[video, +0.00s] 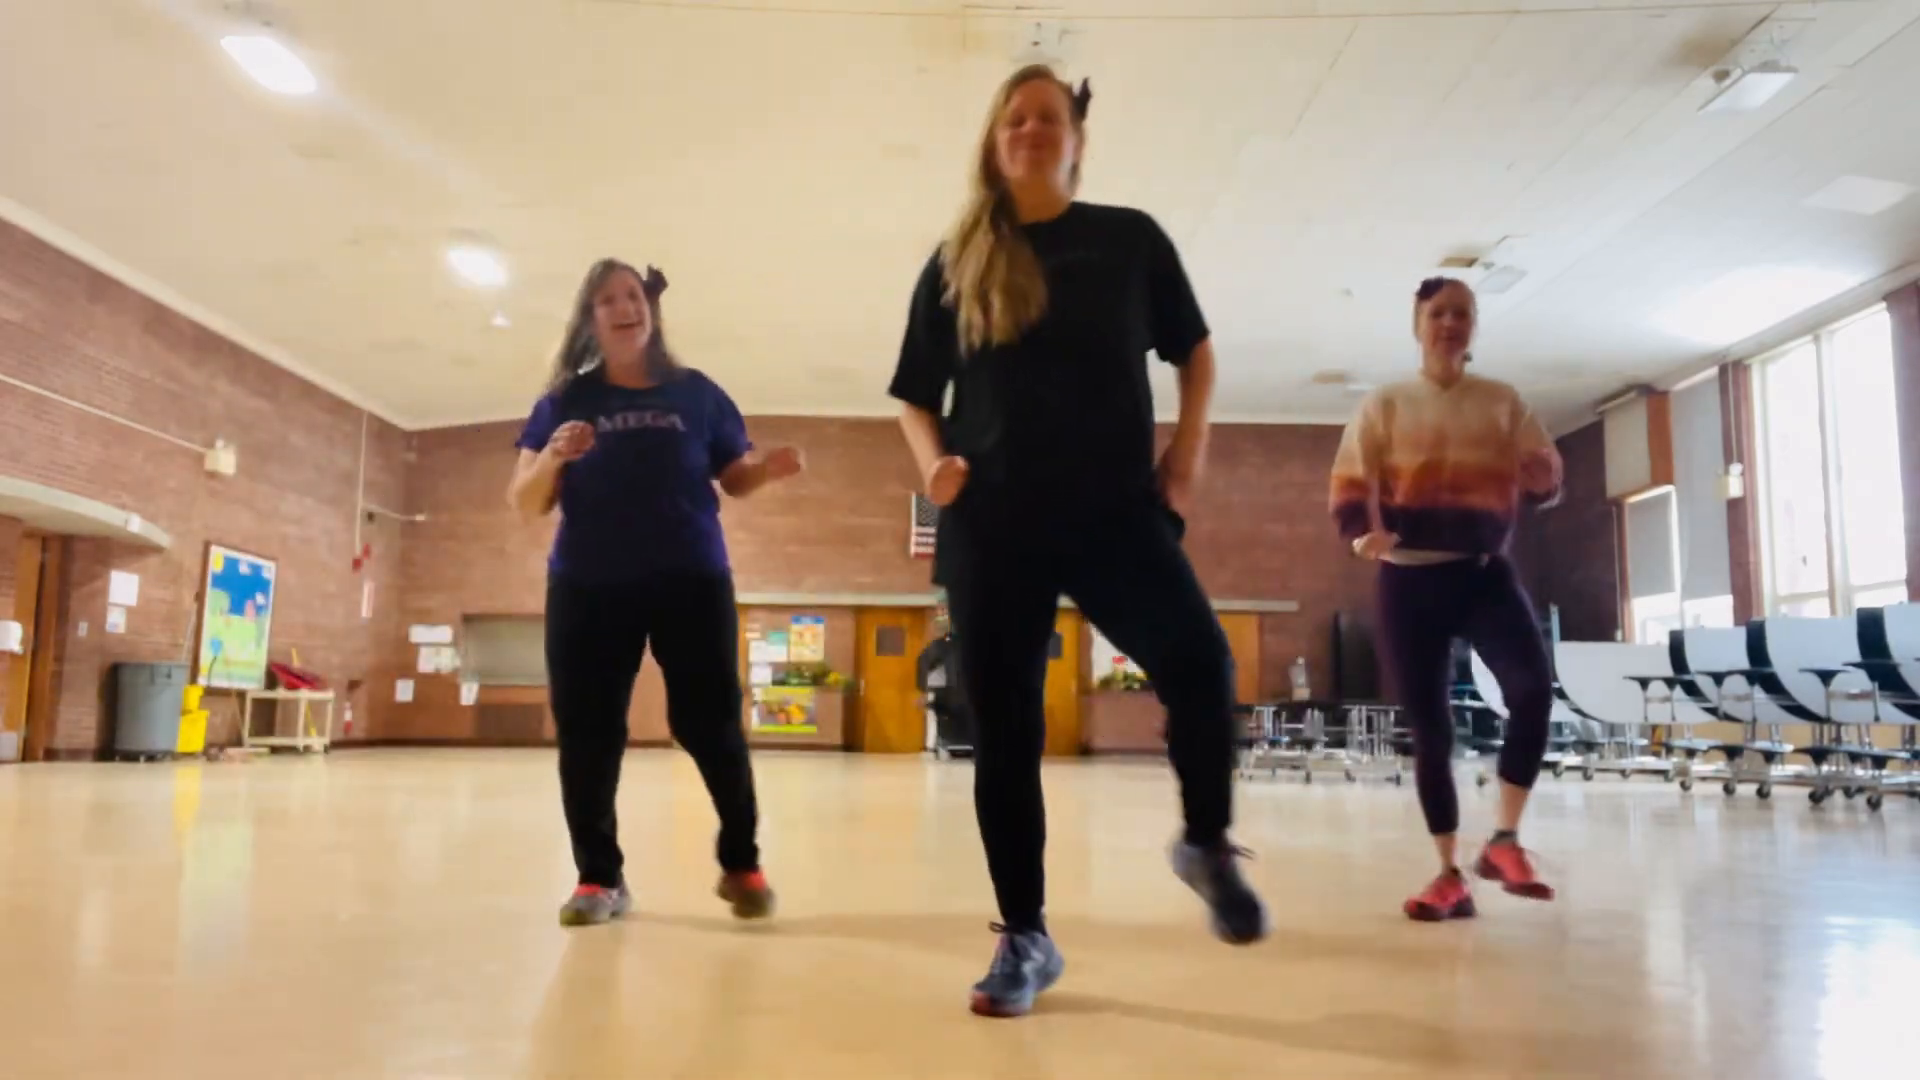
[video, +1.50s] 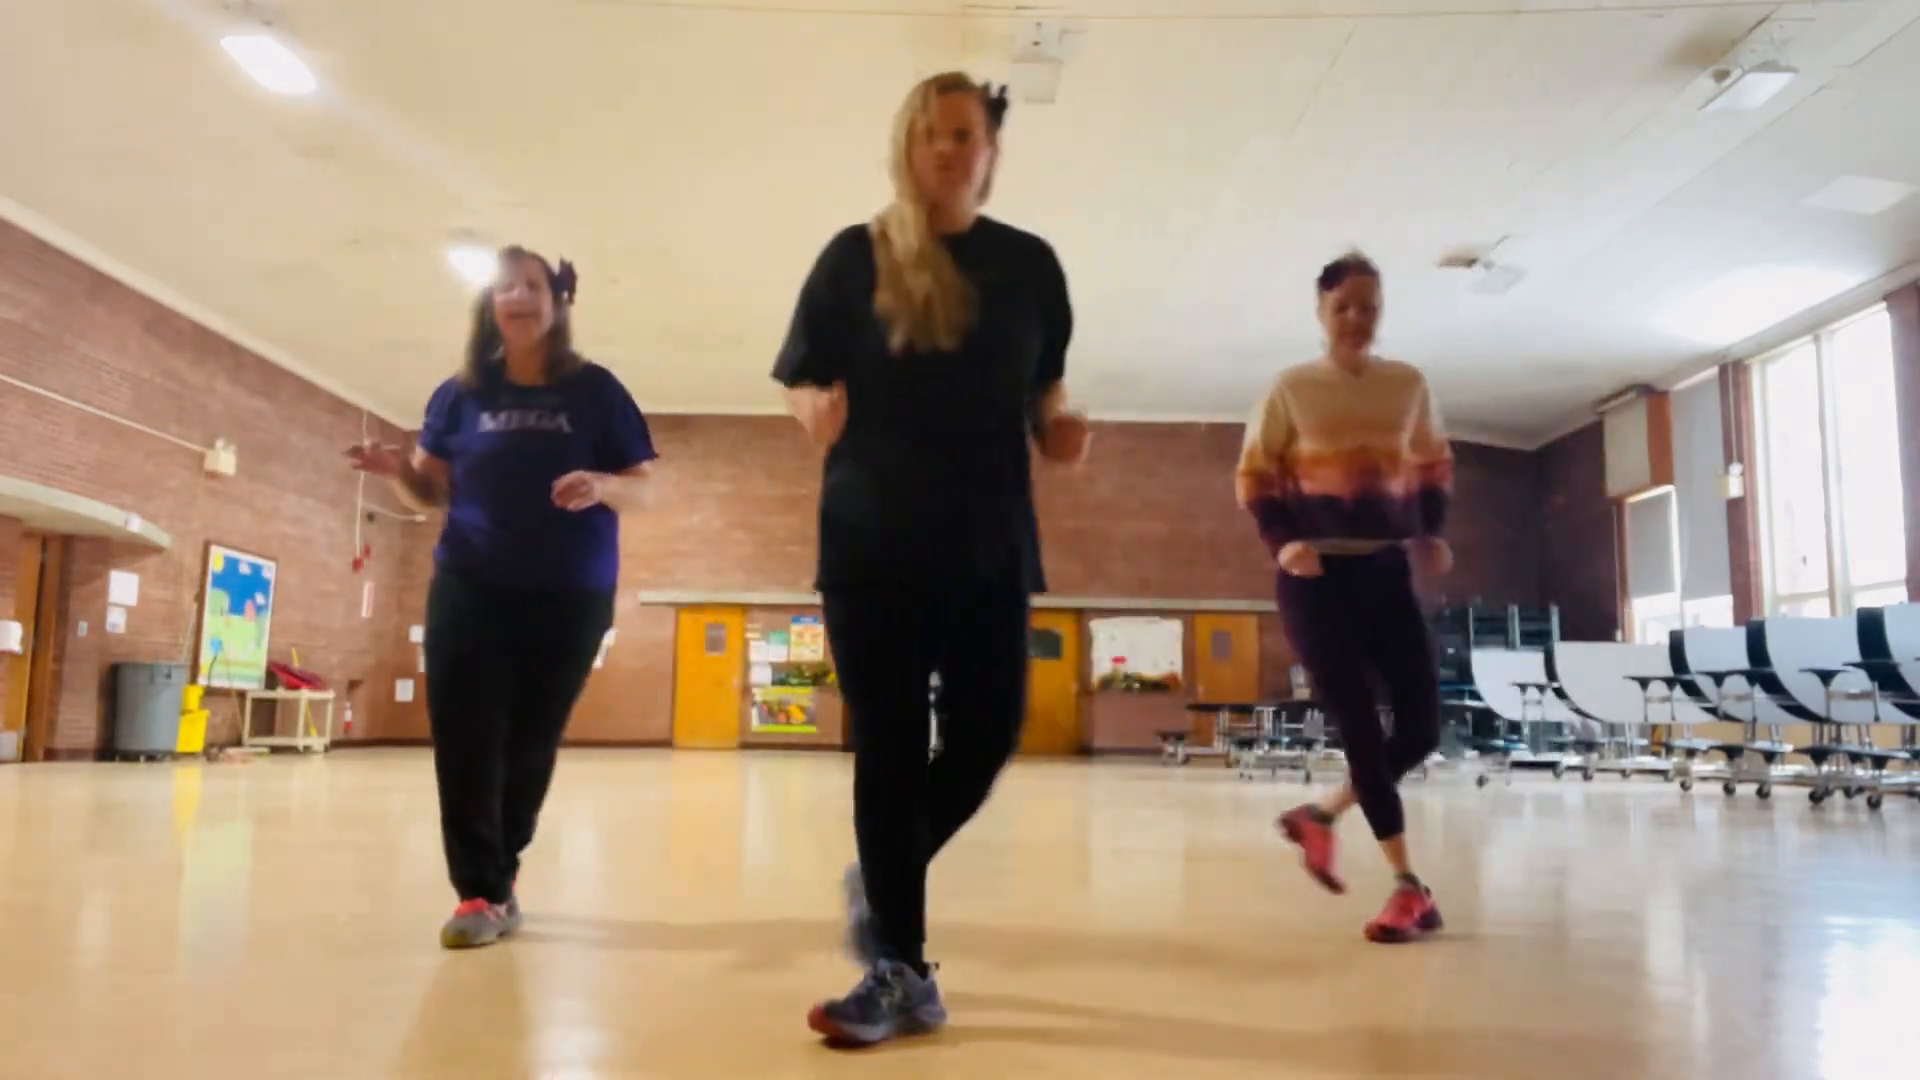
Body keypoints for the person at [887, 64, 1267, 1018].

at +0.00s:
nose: (1031, 130)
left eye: (1048, 118)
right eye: (1017, 118)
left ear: (1077, 137)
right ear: (992, 142)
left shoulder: (1132, 238)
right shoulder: (959, 262)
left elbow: (1195, 349)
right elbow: (913, 390)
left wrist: (1184, 457)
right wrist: (931, 459)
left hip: (1111, 512)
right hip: (995, 521)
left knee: (1201, 663)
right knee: (1004, 734)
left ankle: (1207, 845)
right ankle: (1024, 936)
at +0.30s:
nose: (1136, 176)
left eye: (1153, 163)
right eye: (1121, 165)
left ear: (1185, 182)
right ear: (1099, 189)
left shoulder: (1240, 286)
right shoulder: (1074, 307)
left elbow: (1328, 389)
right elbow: (992, 426)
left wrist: (1293, 378)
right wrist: (1030, 371)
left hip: (1230, 564)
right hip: (1108, 567)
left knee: (1260, 766)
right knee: (1051, 763)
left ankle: (1290, 954)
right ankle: (1033, 946)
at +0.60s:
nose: (1193, 148)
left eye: (1209, 134)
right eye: (1176, 135)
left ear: (1237, 153)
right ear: (1147, 156)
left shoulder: (1275, 250)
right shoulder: (1116, 262)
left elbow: (1295, 339)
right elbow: (1094, 364)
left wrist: (1214, 240)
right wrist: (1178, 277)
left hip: (1272, 526)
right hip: (1159, 533)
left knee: (1278, 725)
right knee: (1194, 737)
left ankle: (1304, 943)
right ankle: (1236, 920)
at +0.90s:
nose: (1163, 138)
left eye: (1180, 123)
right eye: (1147, 123)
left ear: (1209, 136)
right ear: (1121, 138)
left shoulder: (1254, 237)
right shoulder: (1090, 254)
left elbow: (1319, 367)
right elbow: (1032, 376)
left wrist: (1389, 462)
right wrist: (1074, 287)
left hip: (1258, 510)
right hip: (1143, 514)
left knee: (1275, 721)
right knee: (1064, 640)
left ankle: (1307, 948)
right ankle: (1175, 801)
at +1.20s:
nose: (1098, 154)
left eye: (1114, 139)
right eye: (1082, 137)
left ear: (1136, 154)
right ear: (1049, 149)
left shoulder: (1163, 276)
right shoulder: (996, 264)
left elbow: (1182, 415)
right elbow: (951, 414)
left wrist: (1251, 368)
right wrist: (937, 536)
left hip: (1142, 550)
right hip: (1017, 552)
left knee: (1210, 746)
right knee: (968, 758)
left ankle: (1291, 953)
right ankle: (915, 965)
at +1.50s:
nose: (956, 151)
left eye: (971, 137)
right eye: (940, 136)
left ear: (994, 152)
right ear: (907, 149)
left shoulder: (1028, 263)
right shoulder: (856, 256)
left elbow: (1043, 391)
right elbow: (802, 382)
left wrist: (1060, 429)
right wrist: (820, 409)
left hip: (987, 543)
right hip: (874, 544)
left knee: (982, 742)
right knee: (889, 751)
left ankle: (879, 879)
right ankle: (900, 970)